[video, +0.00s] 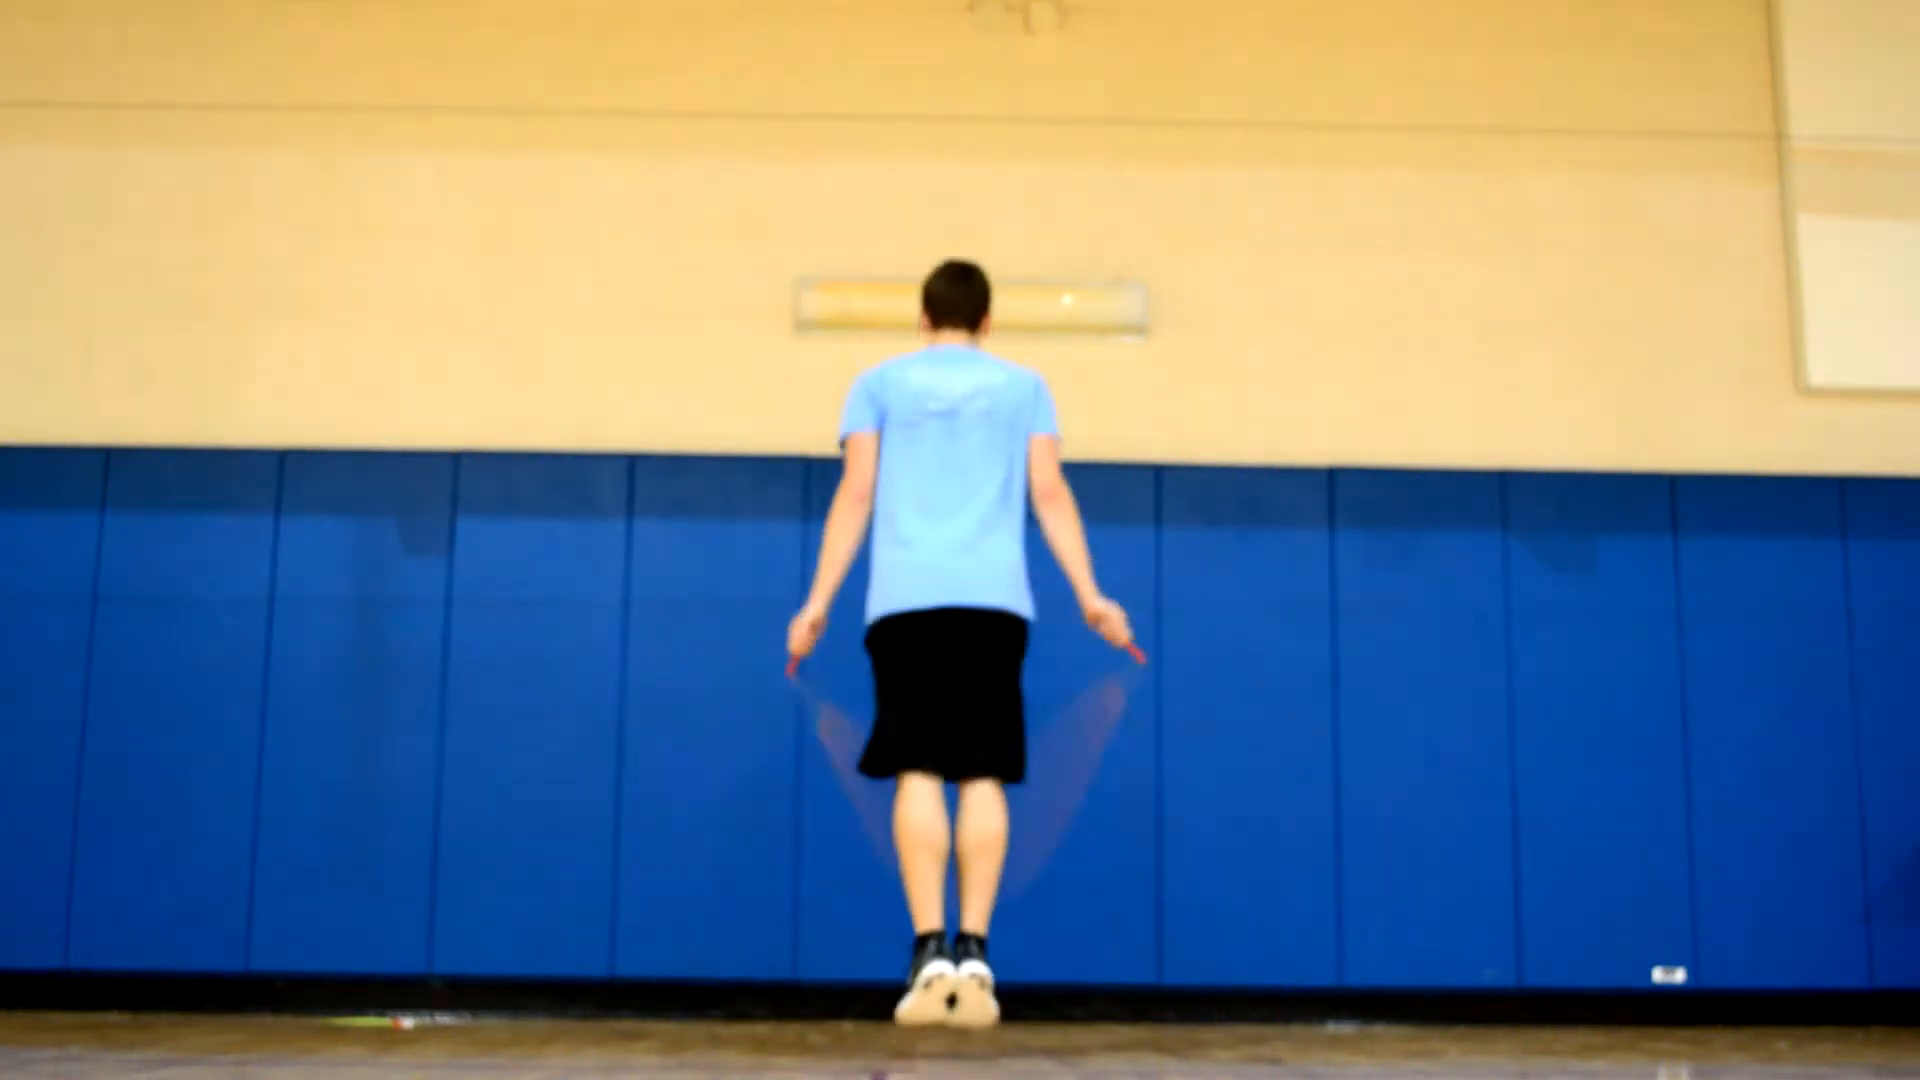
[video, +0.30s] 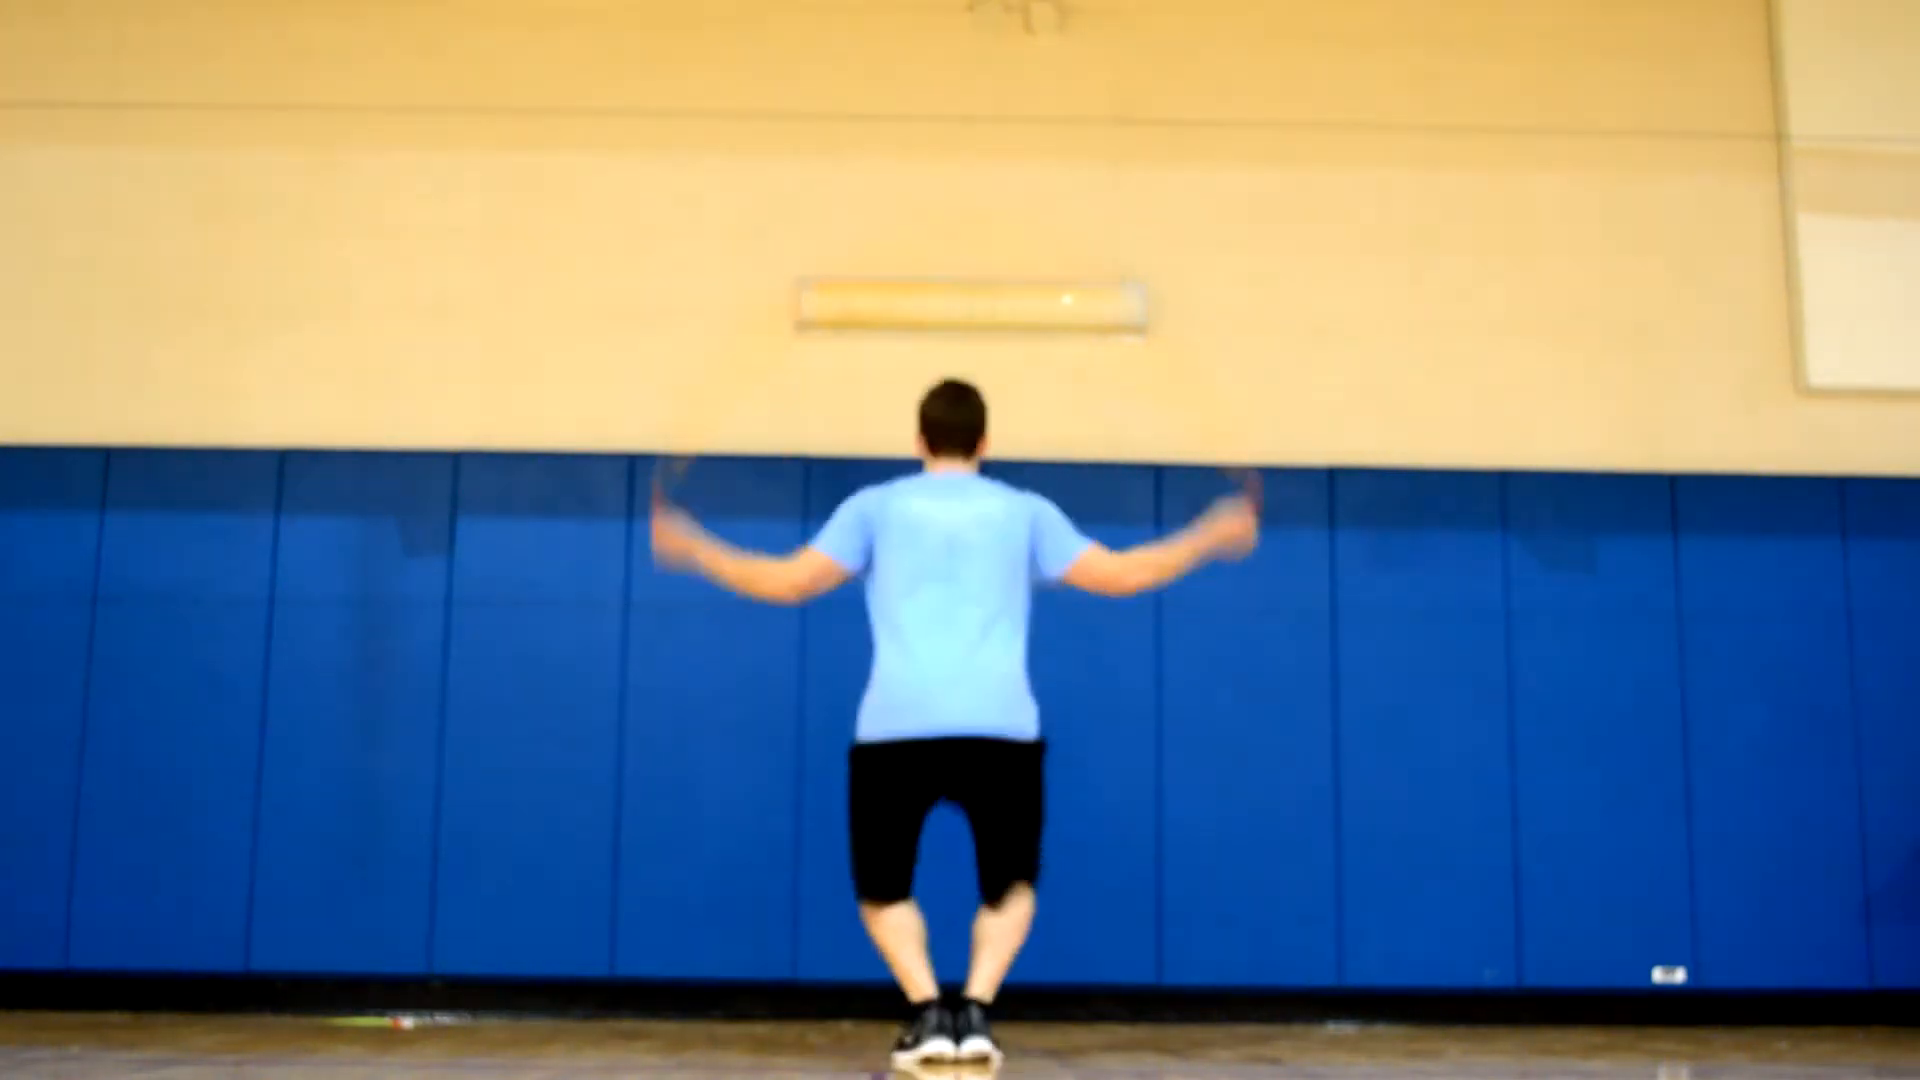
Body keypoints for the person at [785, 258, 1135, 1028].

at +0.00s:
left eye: (933, 312)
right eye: (979, 316)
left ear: (923, 316)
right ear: (988, 320)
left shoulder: (878, 385)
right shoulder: (1024, 387)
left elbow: (855, 499)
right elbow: (1050, 496)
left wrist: (816, 604)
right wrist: (1090, 596)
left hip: (905, 609)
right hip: (993, 608)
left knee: (918, 775)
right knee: (984, 778)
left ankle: (933, 950)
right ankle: (972, 952)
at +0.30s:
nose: (945, 443)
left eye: (928, 432)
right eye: (971, 433)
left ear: (919, 439)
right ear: (985, 442)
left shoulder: (876, 508)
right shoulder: (1024, 514)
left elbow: (791, 583)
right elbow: (1119, 575)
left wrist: (695, 549)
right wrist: (1209, 538)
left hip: (896, 732)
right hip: (1000, 732)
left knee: (882, 888)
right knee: (1011, 880)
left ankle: (930, 1017)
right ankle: (973, 1014)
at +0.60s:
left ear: (917, 300)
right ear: (977, 300)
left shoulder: (884, 320)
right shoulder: (1019, 326)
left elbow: (827, 419)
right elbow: (1073, 436)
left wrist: (804, 515)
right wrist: (1104, 533)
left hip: (909, 452)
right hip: (996, 452)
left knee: (913, 600)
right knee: (974, 595)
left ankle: (904, 761)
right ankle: (954, 750)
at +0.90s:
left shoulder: (885, 405)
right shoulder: (1016, 418)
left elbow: (846, 501)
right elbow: (1028, 552)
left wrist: (845, 598)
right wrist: (1034, 639)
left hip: (906, 474)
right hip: (995, 473)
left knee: (909, 628)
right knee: (962, 624)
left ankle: (905, 809)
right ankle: (951, 798)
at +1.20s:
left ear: (923, 389)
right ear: (981, 393)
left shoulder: (891, 414)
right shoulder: (1028, 430)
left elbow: (848, 512)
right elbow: (1064, 539)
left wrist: (789, 593)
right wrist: (1109, 634)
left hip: (899, 647)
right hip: (986, 653)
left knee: (898, 803)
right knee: (978, 811)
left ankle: (910, 977)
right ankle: (964, 977)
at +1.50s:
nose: (947, 394)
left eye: (942, 384)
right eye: (964, 384)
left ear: (931, 382)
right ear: (994, 384)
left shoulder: (893, 427)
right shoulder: (1038, 436)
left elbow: (875, 540)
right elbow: (1057, 553)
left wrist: (842, 637)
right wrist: (1096, 652)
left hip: (914, 664)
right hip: (1001, 666)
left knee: (924, 833)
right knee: (998, 836)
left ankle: (944, 1012)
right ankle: (988, 1011)